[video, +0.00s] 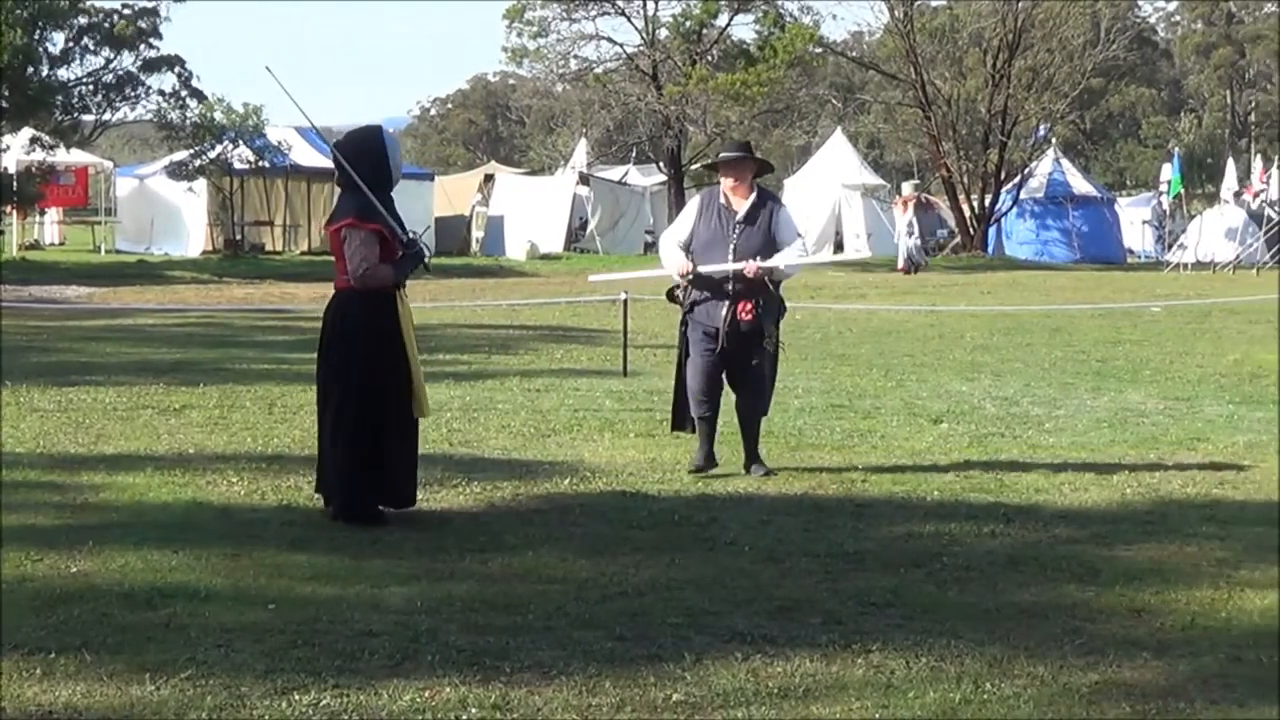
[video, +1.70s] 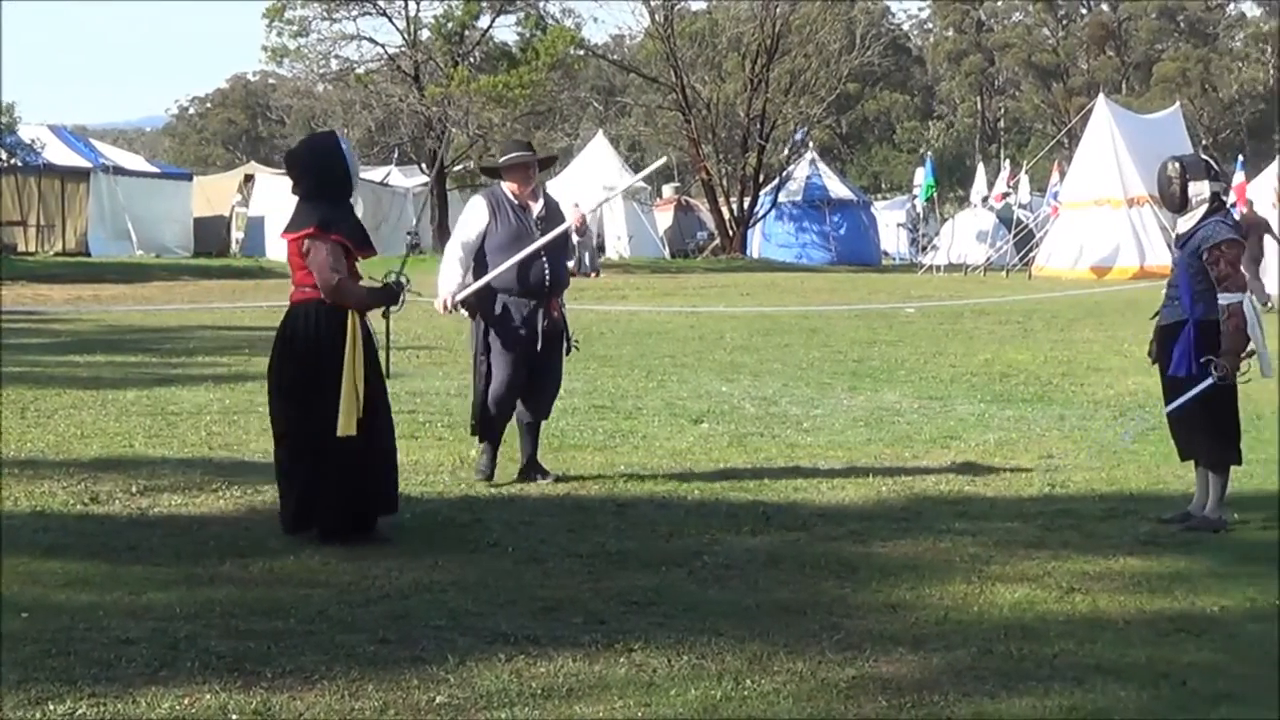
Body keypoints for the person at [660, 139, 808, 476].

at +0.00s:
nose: (731, 173)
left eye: (738, 167)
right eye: (725, 168)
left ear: (753, 169)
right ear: (718, 172)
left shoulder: (772, 207)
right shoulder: (702, 203)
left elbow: (798, 251)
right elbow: (668, 240)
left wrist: (768, 268)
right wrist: (676, 261)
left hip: (755, 311)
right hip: (705, 308)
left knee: (754, 389)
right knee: (700, 385)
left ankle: (753, 456)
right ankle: (704, 452)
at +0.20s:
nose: (694, 173)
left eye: (702, 166)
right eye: (690, 168)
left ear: (721, 171)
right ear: (684, 173)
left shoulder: (740, 209)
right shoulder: (670, 204)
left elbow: (763, 255)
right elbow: (640, 240)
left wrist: (737, 248)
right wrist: (622, 267)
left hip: (726, 314)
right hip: (677, 312)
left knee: (724, 392)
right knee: (677, 392)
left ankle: (725, 455)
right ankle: (672, 464)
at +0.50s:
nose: (648, 173)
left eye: (655, 166)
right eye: (643, 167)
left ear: (673, 169)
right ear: (637, 172)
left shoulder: (693, 203)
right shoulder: (624, 205)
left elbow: (721, 249)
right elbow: (594, 244)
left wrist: (707, 228)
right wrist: (571, 278)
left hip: (685, 312)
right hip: (638, 312)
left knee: (692, 389)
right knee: (644, 392)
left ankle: (697, 452)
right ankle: (642, 463)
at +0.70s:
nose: (615, 175)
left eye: (622, 167)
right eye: (609, 168)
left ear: (637, 168)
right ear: (601, 172)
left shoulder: (654, 203)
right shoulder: (586, 204)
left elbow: (680, 248)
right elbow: (556, 243)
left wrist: (678, 226)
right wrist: (536, 274)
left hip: (650, 307)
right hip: (604, 309)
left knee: (668, 379)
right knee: (612, 390)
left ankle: (669, 446)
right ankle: (612, 462)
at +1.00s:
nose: (582, 174)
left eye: (585, 167)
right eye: (573, 169)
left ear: (592, 168)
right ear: (558, 174)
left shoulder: (604, 202)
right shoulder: (541, 204)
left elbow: (625, 246)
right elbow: (512, 251)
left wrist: (637, 225)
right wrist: (514, 279)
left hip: (605, 308)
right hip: (561, 310)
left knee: (614, 386)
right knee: (563, 390)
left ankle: (629, 461)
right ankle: (563, 462)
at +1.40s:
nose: (555, 173)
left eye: (559, 166)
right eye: (547, 168)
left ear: (567, 169)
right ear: (532, 172)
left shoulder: (574, 203)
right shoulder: (514, 204)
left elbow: (596, 248)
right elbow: (490, 248)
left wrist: (607, 226)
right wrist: (490, 284)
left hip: (578, 308)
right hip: (534, 308)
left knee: (575, 392)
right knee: (525, 390)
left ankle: (576, 465)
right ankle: (507, 464)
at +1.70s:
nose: (521, 174)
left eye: (527, 167)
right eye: (513, 169)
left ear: (537, 169)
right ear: (502, 173)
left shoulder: (551, 205)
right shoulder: (484, 205)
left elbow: (574, 257)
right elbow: (458, 248)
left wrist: (580, 233)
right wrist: (448, 288)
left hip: (547, 306)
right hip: (504, 305)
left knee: (540, 385)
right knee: (504, 382)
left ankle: (530, 462)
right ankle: (488, 449)